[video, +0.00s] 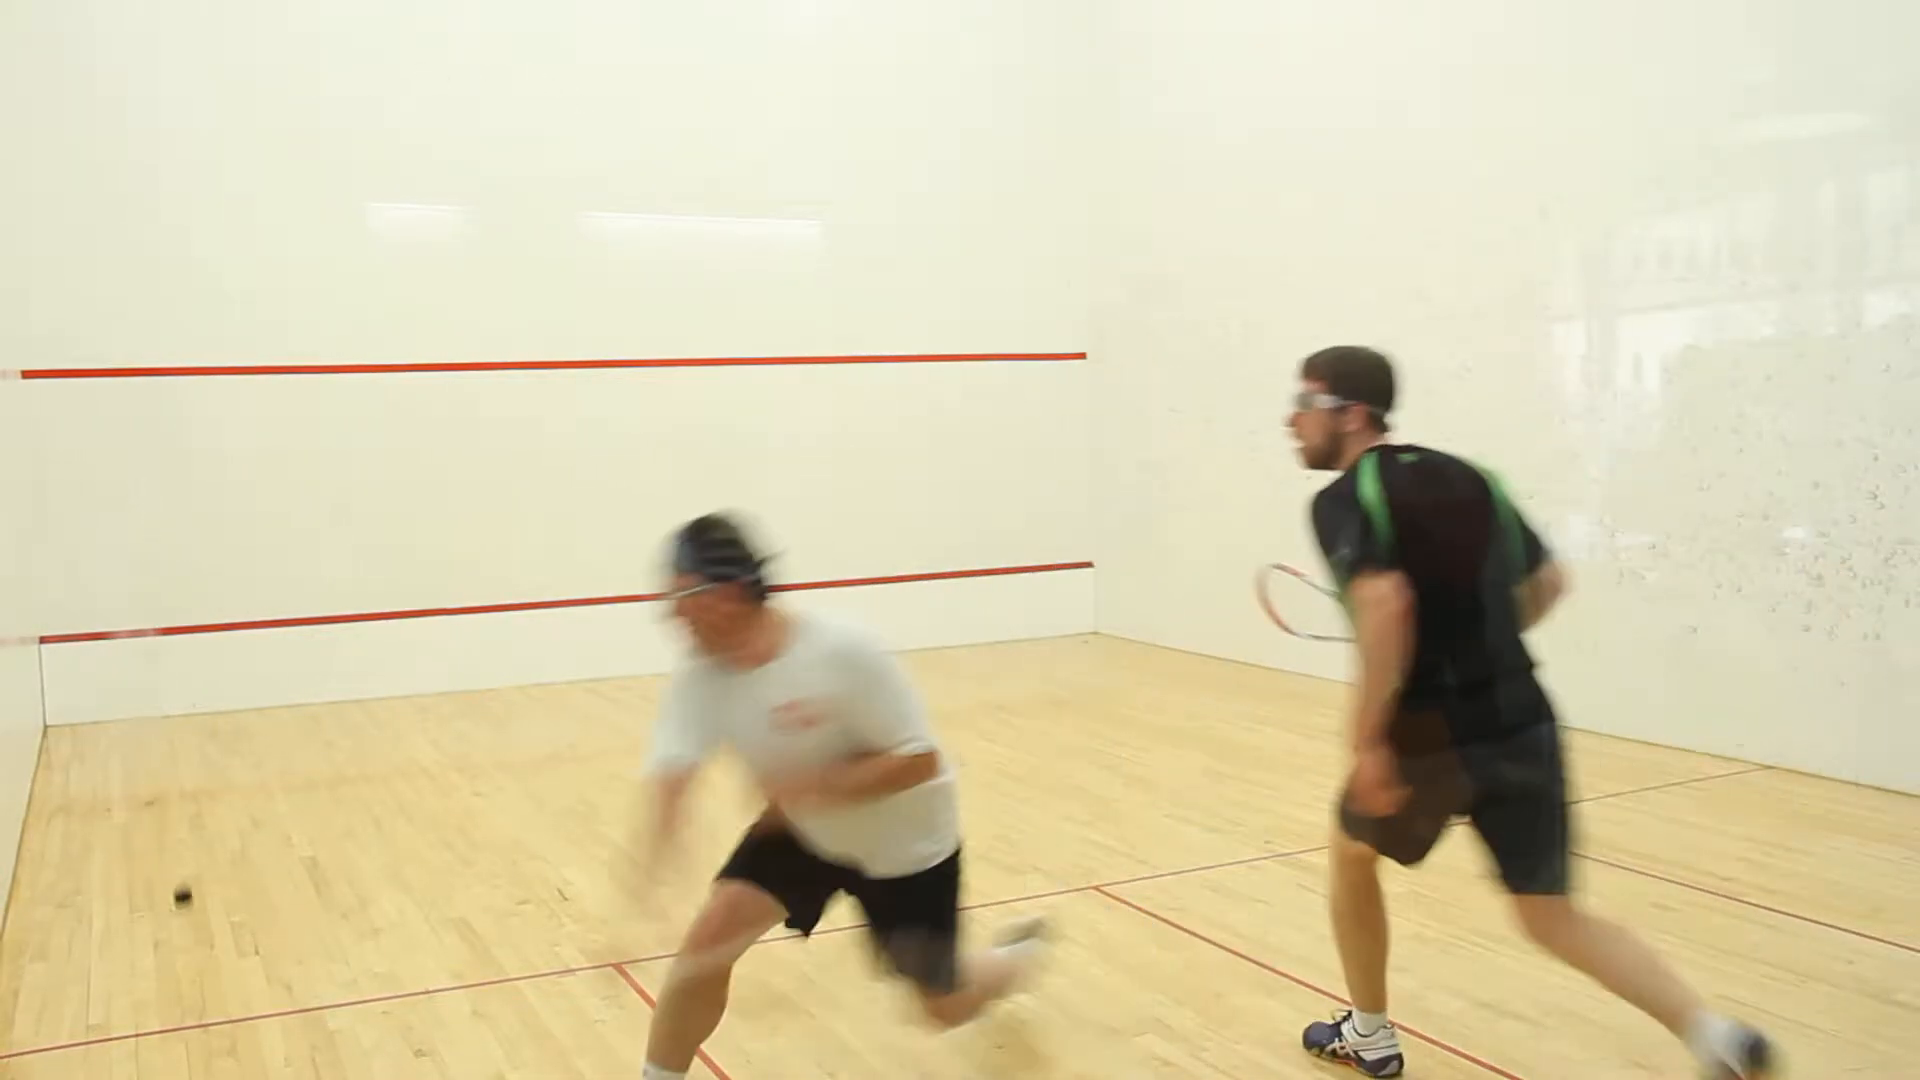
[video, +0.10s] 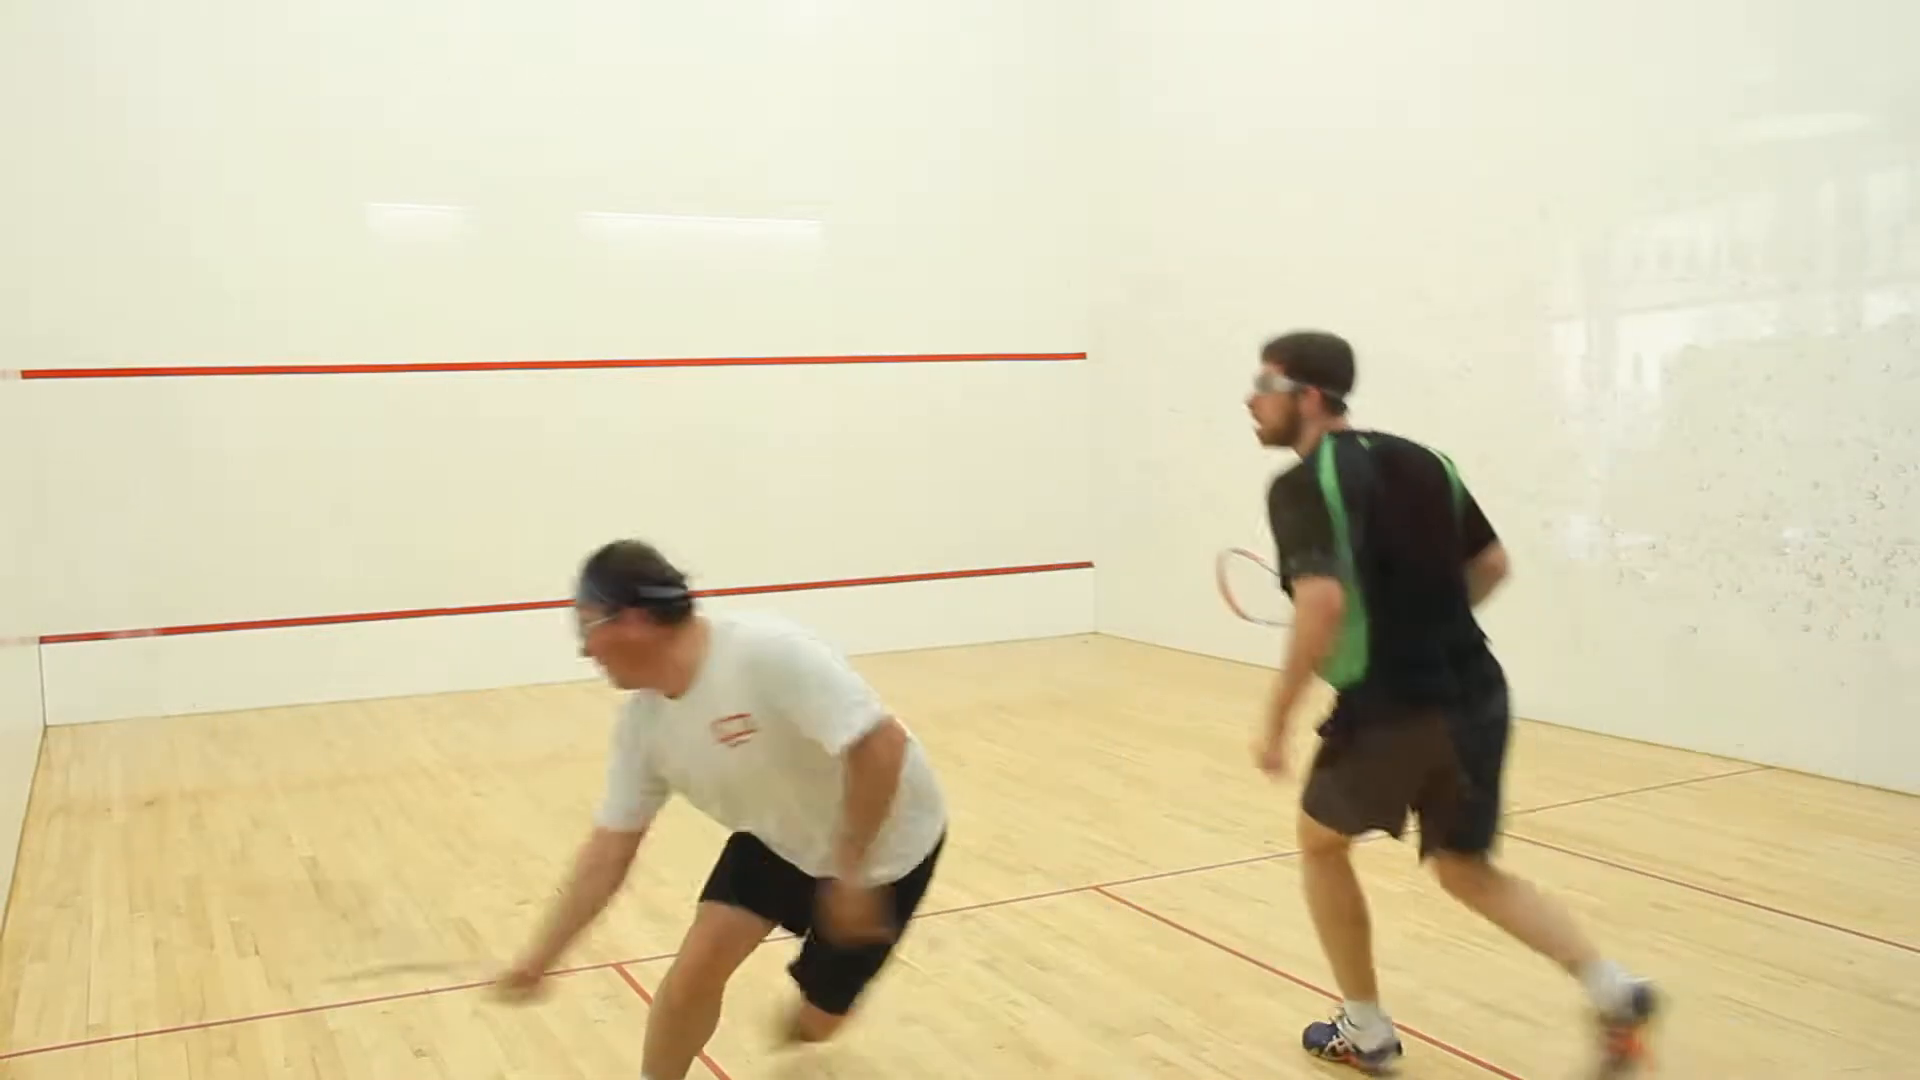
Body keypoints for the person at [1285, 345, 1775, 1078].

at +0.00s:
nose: (1291, 421)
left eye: (1304, 405)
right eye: (1295, 403)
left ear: (1352, 415)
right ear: (1369, 416)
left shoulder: (1345, 498)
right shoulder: (1466, 476)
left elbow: (1385, 602)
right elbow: (1544, 579)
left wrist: (1369, 741)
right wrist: (1469, 645)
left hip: (1428, 738)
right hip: (1516, 727)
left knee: (1352, 851)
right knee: (1549, 913)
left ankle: (1368, 1029)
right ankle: (1715, 1037)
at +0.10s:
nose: (1252, 401)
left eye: (1264, 388)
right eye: (1256, 386)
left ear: (1310, 399)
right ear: (1323, 400)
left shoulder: (1303, 485)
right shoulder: (1421, 461)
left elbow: (1322, 604)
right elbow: (1489, 563)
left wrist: (1277, 716)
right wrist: (1415, 619)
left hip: (1390, 711)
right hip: (1474, 701)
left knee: (1322, 843)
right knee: (1460, 864)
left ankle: (1365, 1025)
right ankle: (1613, 989)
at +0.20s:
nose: (1225, 373)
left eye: (1237, 360)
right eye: (1229, 359)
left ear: (1278, 371)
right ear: (1296, 372)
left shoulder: (1275, 451)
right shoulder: (1392, 434)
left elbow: (1295, 564)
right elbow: (1454, 538)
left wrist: (1238, 664)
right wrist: (1384, 586)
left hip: (1351, 682)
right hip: (1439, 670)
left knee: (1271, 803)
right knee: (1420, 814)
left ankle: (1322, 978)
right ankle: (1521, 973)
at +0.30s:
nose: (1212, 379)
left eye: (1217, 368)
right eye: (1216, 367)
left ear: (1239, 377)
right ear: (1284, 378)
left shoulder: (1247, 452)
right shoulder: (1359, 442)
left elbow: (1270, 563)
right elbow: (1419, 551)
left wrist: (1212, 656)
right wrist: (1348, 599)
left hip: (1322, 678)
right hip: (1409, 668)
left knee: (1228, 807)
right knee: (1396, 800)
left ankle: (1229, 984)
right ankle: (1443, 957)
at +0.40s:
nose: (1197, 429)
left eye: (1201, 418)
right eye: (1201, 416)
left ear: (1212, 428)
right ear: (1271, 430)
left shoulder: (1223, 506)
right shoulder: (1330, 494)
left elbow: (1242, 610)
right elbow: (1389, 601)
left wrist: (1181, 693)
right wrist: (1324, 643)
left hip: (1299, 711)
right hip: (1383, 702)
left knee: (1186, 829)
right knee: (1358, 802)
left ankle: (1149, 1007)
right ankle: (1389, 933)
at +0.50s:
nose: (1214, 456)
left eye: (1218, 445)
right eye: (1219, 443)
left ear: (1230, 454)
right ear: (1281, 453)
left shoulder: (1237, 533)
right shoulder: (1342, 521)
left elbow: (1223, 648)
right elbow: (1393, 631)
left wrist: (1162, 703)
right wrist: (1323, 654)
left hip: (1298, 738)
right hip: (1381, 729)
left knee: (1174, 837)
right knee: (1325, 794)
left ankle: (1150, 1009)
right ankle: (1364, 921)